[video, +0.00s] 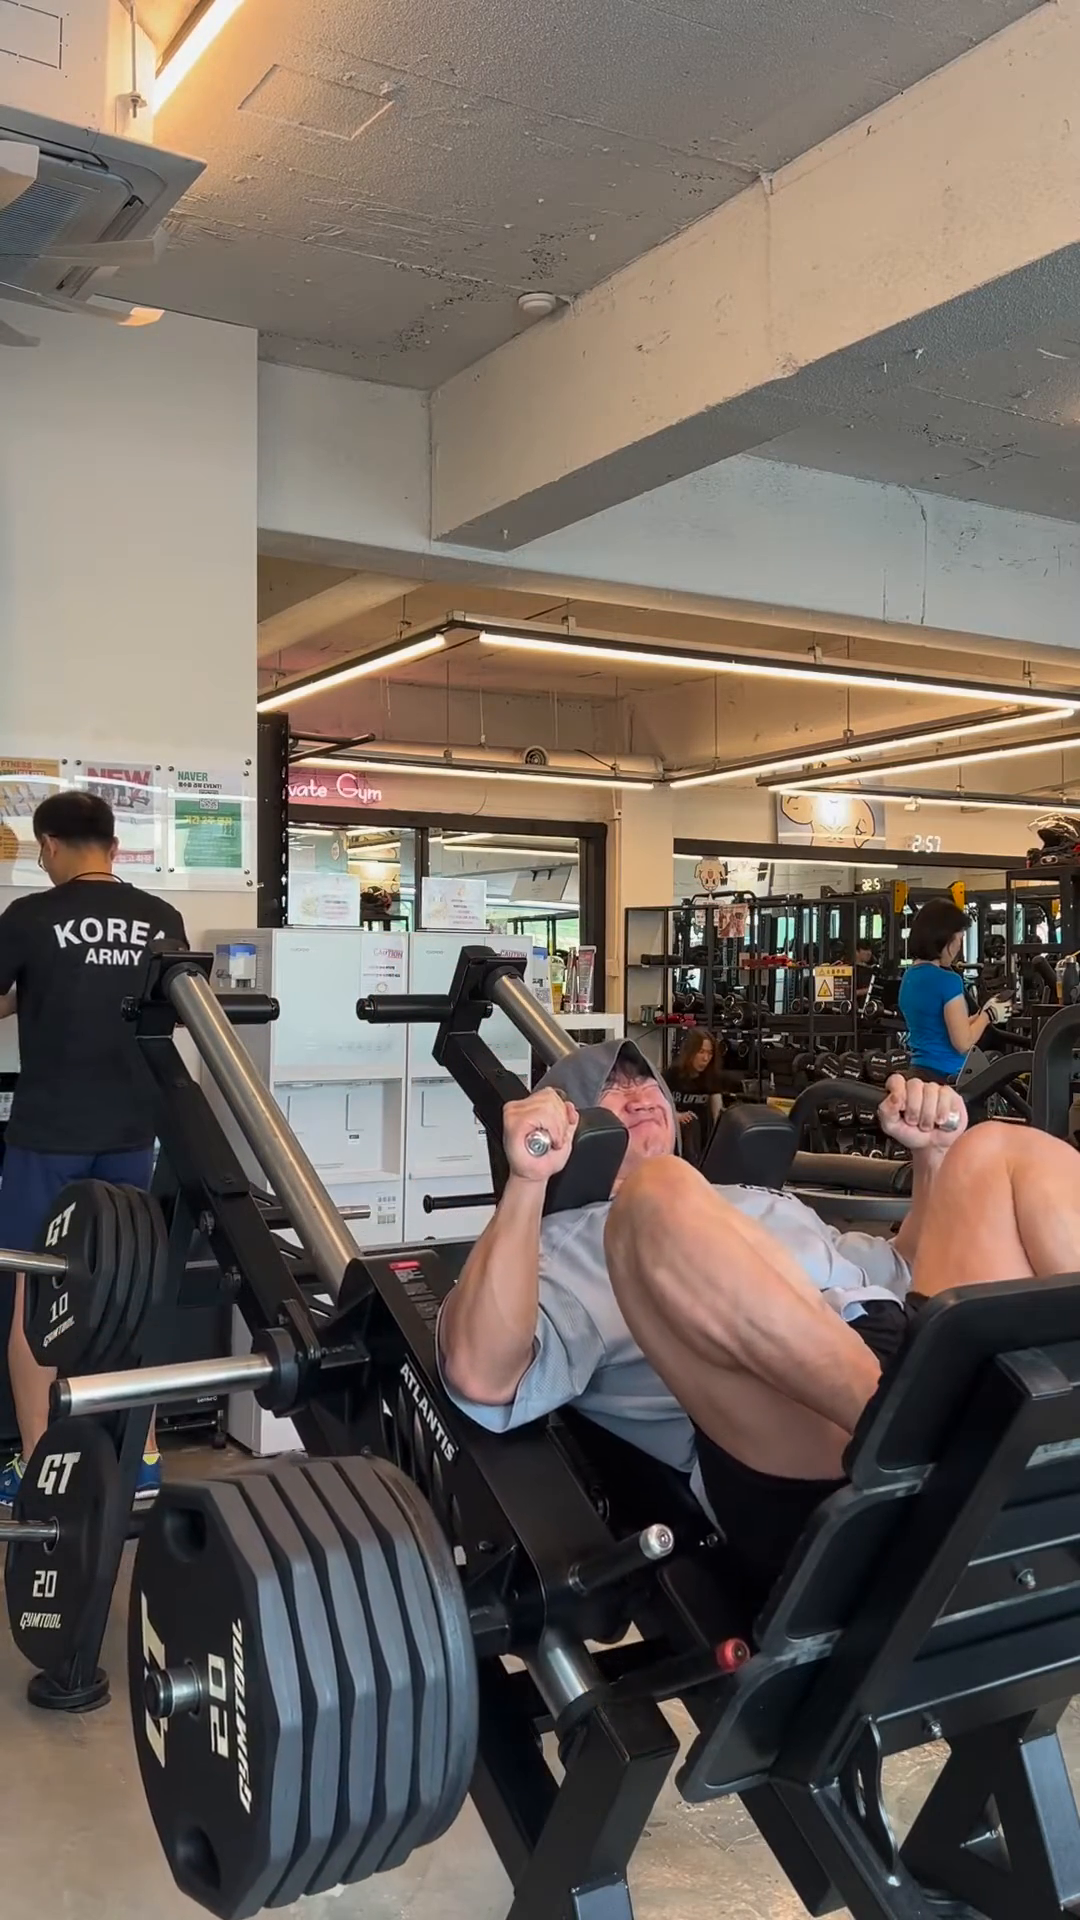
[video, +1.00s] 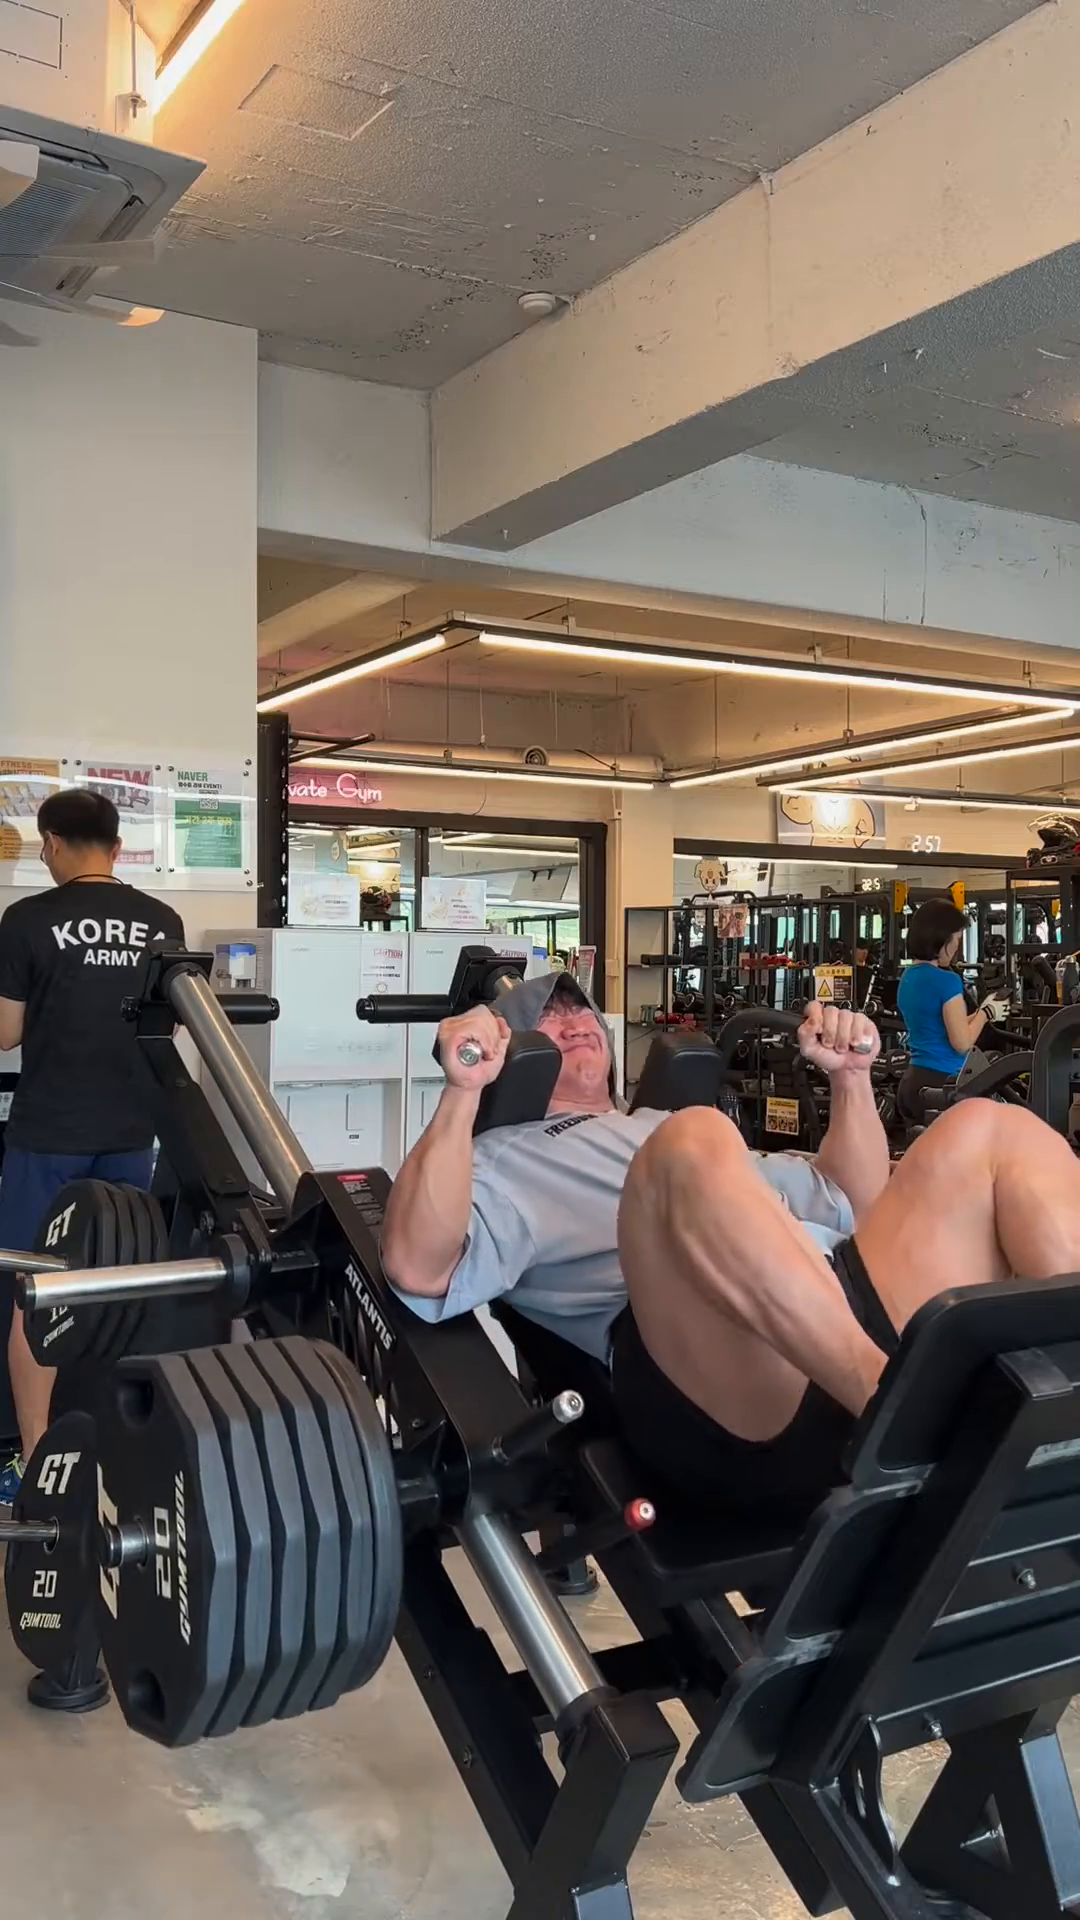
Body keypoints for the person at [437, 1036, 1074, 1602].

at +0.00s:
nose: (635, 1096)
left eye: (641, 1079)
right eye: (605, 1090)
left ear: (668, 1102)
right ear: (567, 1129)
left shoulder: (765, 1205)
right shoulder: (562, 1250)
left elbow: (910, 1280)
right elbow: (480, 1376)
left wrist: (932, 1163)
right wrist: (525, 1186)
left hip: (928, 1389)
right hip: (788, 1479)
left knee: (1002, 1150)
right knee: (655, 1192)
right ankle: (895, 1424)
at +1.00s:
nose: (578, 1024)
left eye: (585, 1011)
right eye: (550, 1014)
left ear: (607, 1044)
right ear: (503, 1054)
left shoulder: (666, 1131)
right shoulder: (504, 1166)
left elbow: (850, 1207)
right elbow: (417, 1270)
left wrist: (848, 1083)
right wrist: (464, 1092)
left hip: (864, 1381)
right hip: (713, 1430)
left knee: (990, 1133)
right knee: (692, 1138)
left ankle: (1071, 1380)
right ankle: (892, 1403)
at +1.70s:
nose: (496, 919)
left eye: (502, 913)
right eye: (472, 914)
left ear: (522, 945)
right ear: (433, 956)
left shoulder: (596, 1021)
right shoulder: (420, 1044)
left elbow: (741, 1090)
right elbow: (333, 1128)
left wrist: (738, 970)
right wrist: (371, 973)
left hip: (732, 1198)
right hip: (585, 1226)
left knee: (939, 1175)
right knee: (675, 1189)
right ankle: (896, 1424)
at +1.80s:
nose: (486, 909)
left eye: (493, 902)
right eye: (465, 902)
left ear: (511, 934)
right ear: (429, 938)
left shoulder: (586, 1009)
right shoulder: (406, 1028)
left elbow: (726, 1081)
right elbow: (322, 1111)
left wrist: (726, 961)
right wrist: (360, 961)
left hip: (711, 1165)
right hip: (574, 1182)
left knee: (903, 1191)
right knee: (688, 1221)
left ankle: (1076, 1344)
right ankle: (906, 1438)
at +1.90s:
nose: (477, 894)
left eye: (484, 888)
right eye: (454, 887)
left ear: (503, 922)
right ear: (422, 924)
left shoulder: (576, 994)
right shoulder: (401, 1016)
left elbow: (715, 1073)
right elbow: (315, 1101)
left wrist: (720, 955)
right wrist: (352, 952)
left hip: (698, 1148)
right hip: (568, 1165)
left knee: (879, 1208)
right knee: (697, 1248)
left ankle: (1066, 1345)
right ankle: (901, 1436)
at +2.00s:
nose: (469, 891)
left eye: (479, 887)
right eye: (449, 886)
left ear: (503, 921)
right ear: (416, 926)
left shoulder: (571, 989)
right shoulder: (399, 1015)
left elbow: (713, 1070)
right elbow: (314, 1096)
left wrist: (716, 951)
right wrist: (350, 948)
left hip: (699, 1148)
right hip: (564, 1166)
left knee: (864, 1222)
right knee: (698, 1264)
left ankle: (1054, 1349)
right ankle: (902, 1438)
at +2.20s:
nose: (480, 895)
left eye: (485, 889)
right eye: (457, 890)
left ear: (504, 920)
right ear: (420, 926)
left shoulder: (576, 994)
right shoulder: (404, 1017)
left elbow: (716, 1073)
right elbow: (316, 1101)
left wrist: (718, 953)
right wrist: (352, 952)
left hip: (697, 1150)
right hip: (565, 1169)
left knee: (865, 1220)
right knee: (702, 1274)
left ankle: (1053, 1348)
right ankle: (901, 1436)